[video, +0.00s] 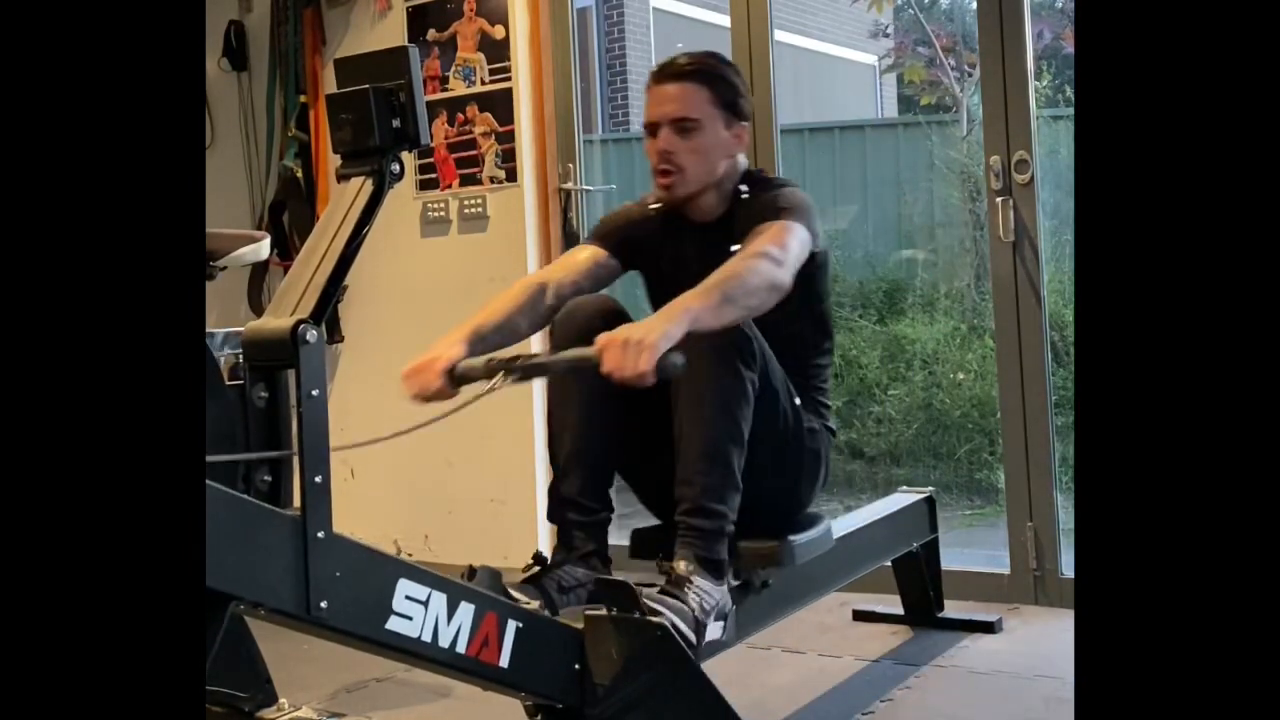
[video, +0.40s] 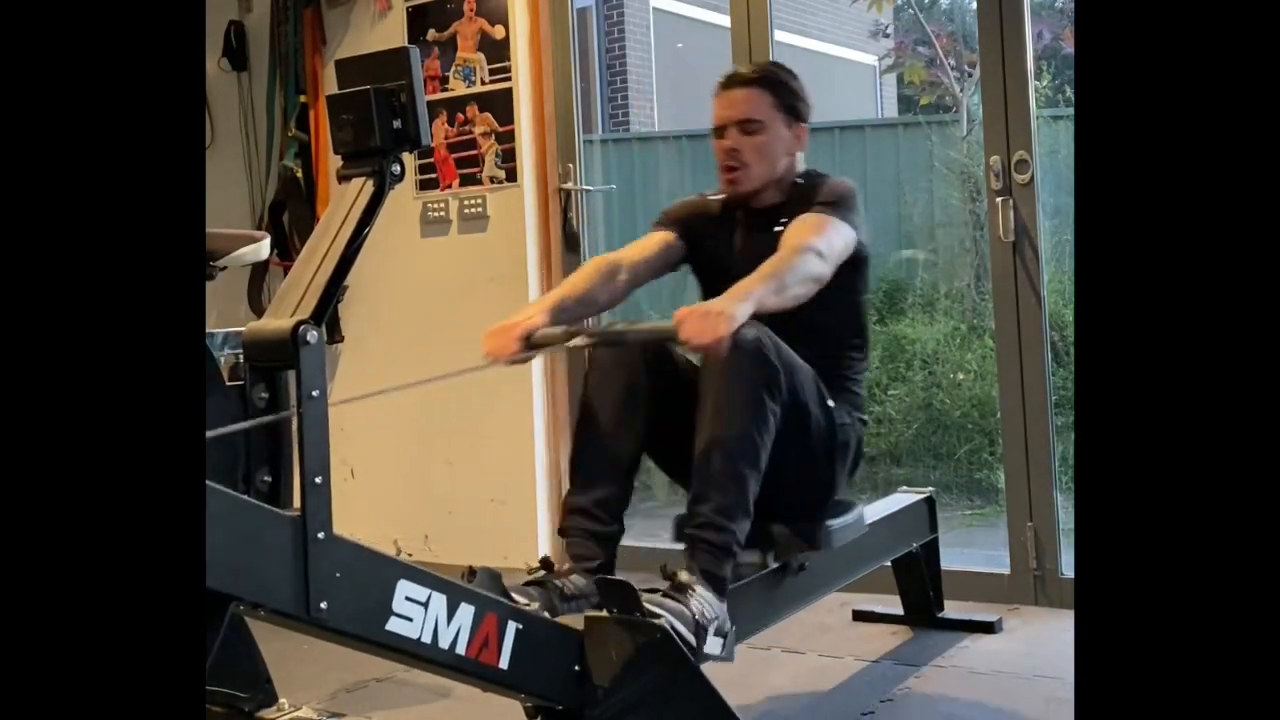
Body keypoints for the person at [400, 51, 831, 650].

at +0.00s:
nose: (661, 148)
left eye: (685, 129)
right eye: (653, 131)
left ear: (738, 137)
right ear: (644, 138)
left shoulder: (783, 207)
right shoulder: (639, 227)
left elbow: (767, 271)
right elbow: (550, 289)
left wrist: (672, 319)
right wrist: (460, 345)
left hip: (776, 477)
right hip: (680, 479)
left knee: (718, 330)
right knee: (584, 314)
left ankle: (700, 575)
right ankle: (579, 563)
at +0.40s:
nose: (728, 145)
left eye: (748, 129)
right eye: (720, 132)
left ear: (797, 137)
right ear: (712, 140)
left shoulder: (829, 200)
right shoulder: (701, 217)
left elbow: (804, 264)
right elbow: (620, 270)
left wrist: (732, 306)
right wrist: (540, 315)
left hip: (811, 465)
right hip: (724, 458)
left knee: (745, 342)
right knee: (618, 353)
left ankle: (703, 592)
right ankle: (581, 573)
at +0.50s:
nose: (771, 145)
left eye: (790, 129)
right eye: (763, 133)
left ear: (838, 140)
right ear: (754, 144)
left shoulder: (866, 202)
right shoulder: (742, 217)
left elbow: (849, 262)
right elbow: (669, 267)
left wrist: (787, 294)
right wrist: (603, 306)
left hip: (846, 436)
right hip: (755, 423)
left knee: (770, 380)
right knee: (650, 385)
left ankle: (708, 608)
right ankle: (583, 577)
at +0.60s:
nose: (807, 153)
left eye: (825, 138)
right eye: (798, 141)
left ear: (869, 145)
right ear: (790, 148)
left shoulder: (898, 208)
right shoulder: (773, 219)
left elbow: (907, 273)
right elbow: (704, 273)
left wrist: (842, 285)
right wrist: (653, 296)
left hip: (861, 405)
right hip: (774, 399)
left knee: (786, 449)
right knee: (675, 441)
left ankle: (715, 620)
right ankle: (583, 592)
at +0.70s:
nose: (826, 180)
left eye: (842, 164)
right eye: (817, 166)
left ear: (884, 163)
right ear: (807, 168)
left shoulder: (919, 224)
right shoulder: (798, 233)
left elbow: (966, 292)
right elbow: (737, 287)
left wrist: (890, 288)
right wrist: (698, 300)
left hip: (869, 408)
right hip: (785, 404)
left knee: (792, 469)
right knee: (696, 474)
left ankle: (719, 623)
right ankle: (594, 589)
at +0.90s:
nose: (791, 179)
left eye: (808, 163)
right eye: (782, 164)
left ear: (853, 161)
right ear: (773, 165)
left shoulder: (901, 228)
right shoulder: (771, 234)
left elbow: (1017, 298)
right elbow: (698, 314)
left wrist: (914, 292)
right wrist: (711, 309)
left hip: (858, 429)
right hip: (762, 419)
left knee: (768, 401)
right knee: (663, 408)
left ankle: (716, 618)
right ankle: (594, 585)